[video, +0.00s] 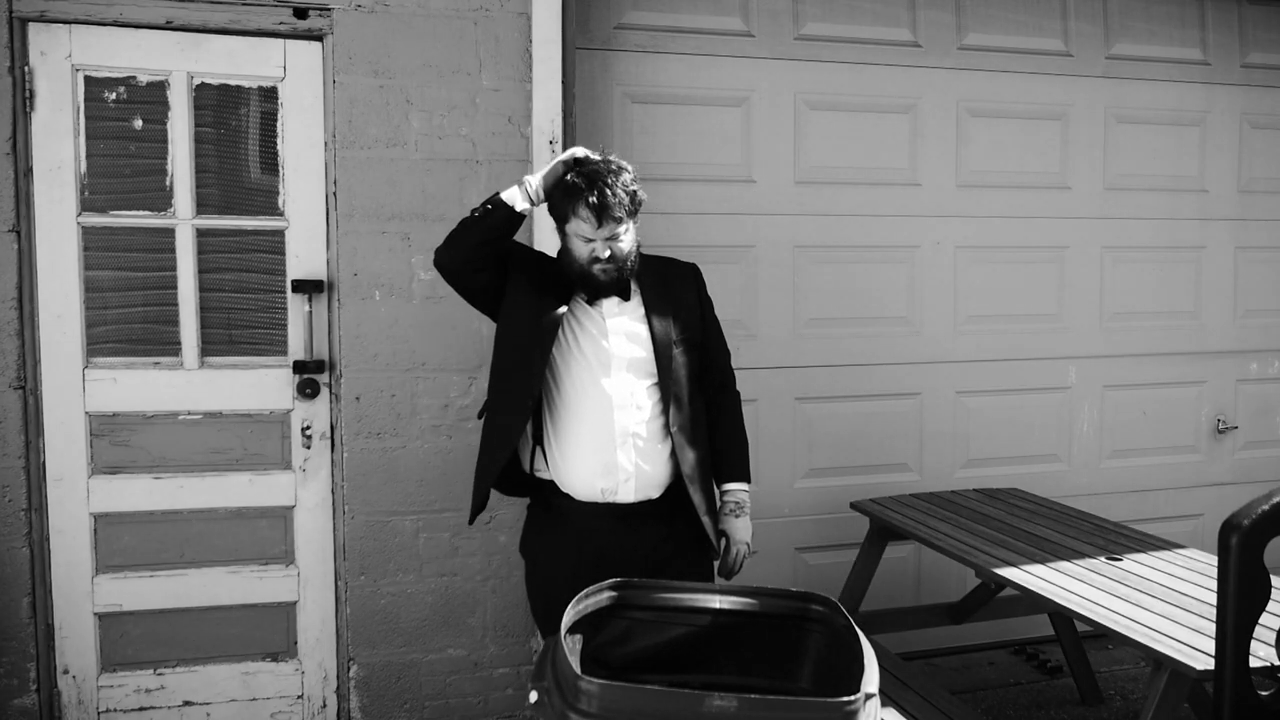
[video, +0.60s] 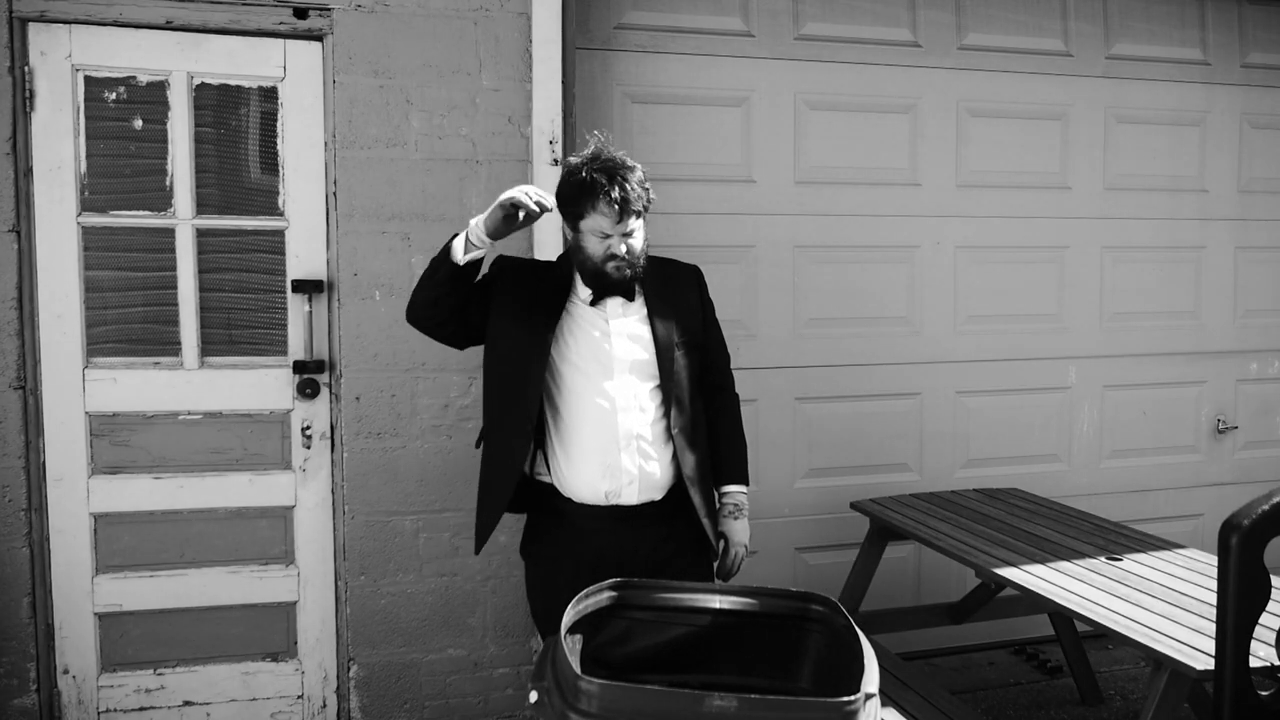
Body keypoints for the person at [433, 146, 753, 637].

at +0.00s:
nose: (603, 251)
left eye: (616, 235)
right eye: (586, 238)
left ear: (635, 224)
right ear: (558, 232)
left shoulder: (679, 286)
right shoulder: (530, 286)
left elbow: (719, 394)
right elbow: (456, 258)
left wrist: (735, 502)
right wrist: (535, 189)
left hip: (669, 527)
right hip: (565, 530)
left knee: (675, 693)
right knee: (577, 691)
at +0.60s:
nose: (621, 250)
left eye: (631, 232)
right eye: (603, 236)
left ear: (645, 224)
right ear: (570, 231)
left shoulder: (681, 287)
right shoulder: (521, 290)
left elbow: (719, 396)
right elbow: (428, 314)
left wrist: (733, 504)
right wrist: (481, 234)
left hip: (670, 528)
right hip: (566, 531)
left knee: (675, 695)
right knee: (577, 693)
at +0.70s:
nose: (637, 246)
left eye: (643, 228)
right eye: (619, 232)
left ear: (652, 221)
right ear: (578, 229)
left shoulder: (682, 288)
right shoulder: (519, 295)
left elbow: (719, 397)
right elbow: (435, 363)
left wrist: (734, 504)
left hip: (670, 527)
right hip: (566, 532)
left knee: (676, 694)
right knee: (577, 693)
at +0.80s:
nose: (646, 243)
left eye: (651, 227)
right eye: (629, 228)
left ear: (657, 222)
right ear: (583, 228)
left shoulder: (681, 288)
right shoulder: (518, 301)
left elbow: (718, 396)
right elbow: (475, 375)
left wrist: (733, 503)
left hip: (669, 530)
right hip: (566, 535)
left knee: (674, 695)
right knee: (575, 693)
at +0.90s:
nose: (650, 243)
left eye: (653, 227)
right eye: (634, 229)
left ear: (659, 221)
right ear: (585, 229)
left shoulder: (679, 287)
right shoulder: (515, 303)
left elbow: (715, 394)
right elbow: (485, 409)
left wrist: (733, 500)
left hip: (671, 532)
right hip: (567, 539)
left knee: (678, 699)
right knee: (580, 707)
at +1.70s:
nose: (636, 235)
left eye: (644, 220)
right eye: (618, 220)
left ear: (654, 217)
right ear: (580, 219)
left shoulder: (675, 285)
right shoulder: (517, 303)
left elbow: (710, 388)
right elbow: (494, 417)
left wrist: (730, 491)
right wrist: (524, 525)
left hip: (676, 530)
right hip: (581, 538)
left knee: (684, 698)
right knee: (588, 706)